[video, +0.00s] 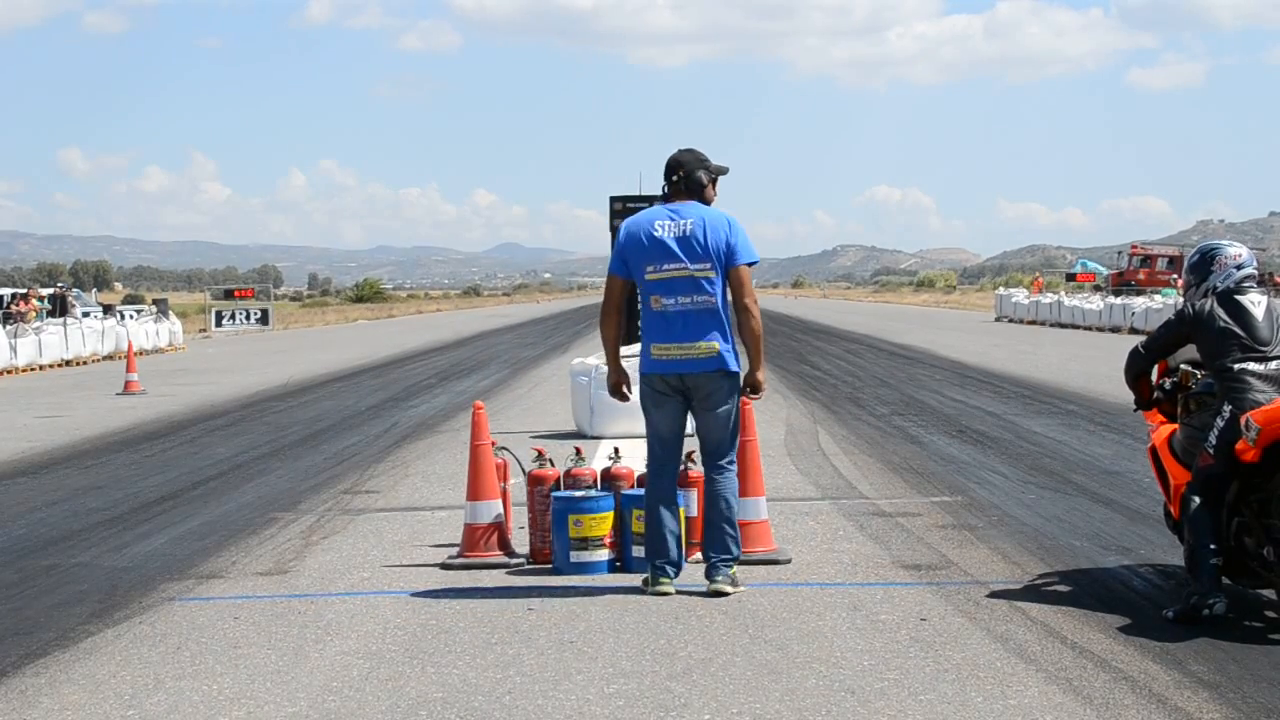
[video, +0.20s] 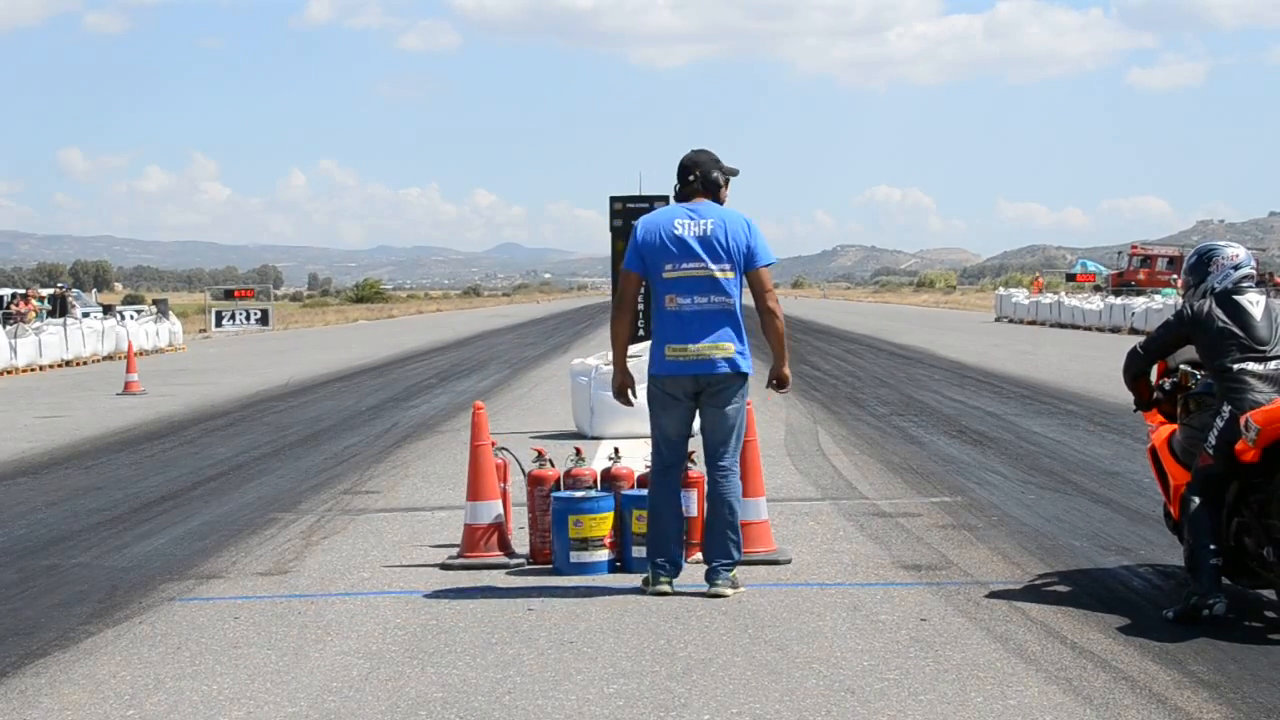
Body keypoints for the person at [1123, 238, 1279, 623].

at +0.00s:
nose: (1186, 287)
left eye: (1190, 280)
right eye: (1187, 280)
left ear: (1205, 276)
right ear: (1244, 268)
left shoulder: (1200, 309)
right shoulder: (1271, 301)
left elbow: (1139, 357)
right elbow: (1258, 353)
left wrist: (1148, 398)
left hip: (1243, 405)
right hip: (1279, 399)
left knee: (1198, 494)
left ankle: (1206, 593)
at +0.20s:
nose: (1185, 287)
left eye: (1189, 280)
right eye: (1186, 280)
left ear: (1203, 276)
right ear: (1243, 269)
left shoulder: (1198, 309)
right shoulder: (1270, 303)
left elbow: (1137, 358)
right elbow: (1257, 353)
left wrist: (1147, 398)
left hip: (1243, 404)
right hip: (1279, 399)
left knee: (1198, 493)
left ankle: (1206, 592)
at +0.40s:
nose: (1185, 287)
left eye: (1188, 280)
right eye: (1186, 280)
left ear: (1203, 276)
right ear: (1243, 269)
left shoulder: (1198, 309)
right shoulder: (1270, 304)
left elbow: (1137, 359)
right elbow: (1256, 354)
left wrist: (1148, 398)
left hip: (1243, 403)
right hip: (1279, 398)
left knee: (1198, 493)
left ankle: (1207, 592)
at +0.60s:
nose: (1186, 288)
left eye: (1189, 281)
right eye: (1187, 281)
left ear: (1203, 277)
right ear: (1244, 269)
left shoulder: (1198, 309)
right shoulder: (1271, 304)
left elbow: (1137, 359)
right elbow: (1256, 354)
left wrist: (1148, 398)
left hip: (1242, 406)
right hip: (1279, 400)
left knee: (1199, 492)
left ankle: (1206, 591)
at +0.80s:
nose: (1187, 288)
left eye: (1190, 280)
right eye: (1188, 281)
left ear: (1204, 277)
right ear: (1245, 269)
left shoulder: (1199, 310)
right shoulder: (1270, 303)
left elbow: (1138, 358)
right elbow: (1256, 353)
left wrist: (1149, 398)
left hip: (1244, 403)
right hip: (1279, 398)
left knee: (1200, 493)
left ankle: (1206, 593)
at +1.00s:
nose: (1187, 288)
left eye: (1191, 280)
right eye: (1188, 281)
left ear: (1206, 276)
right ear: (1245, 268)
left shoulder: (1200, 309)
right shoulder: (1273, 303)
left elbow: (1139, 357)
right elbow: (1260, 353)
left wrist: (1148, 397)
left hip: (1244, 404)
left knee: (1199, 494)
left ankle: (1206, 592)